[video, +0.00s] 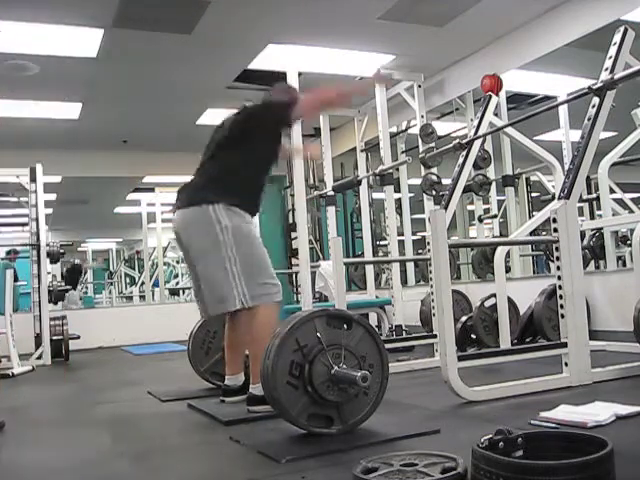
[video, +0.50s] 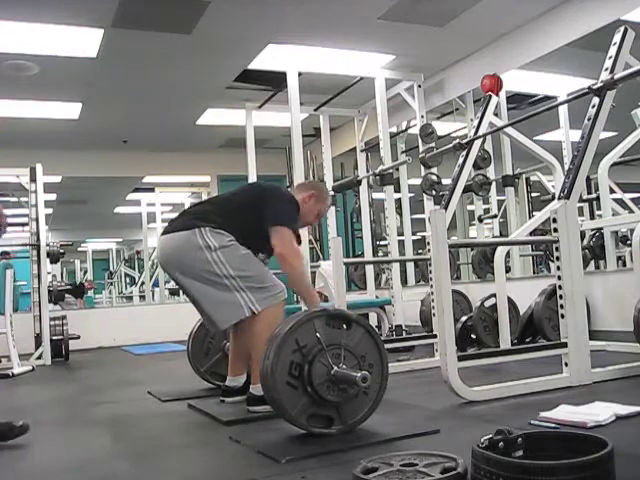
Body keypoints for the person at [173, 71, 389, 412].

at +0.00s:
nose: (298, 115)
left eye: (295, 107)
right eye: (297, 107)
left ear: (267, 100)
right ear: (287, 101)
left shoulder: (237, 123)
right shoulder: (267, 112)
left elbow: (271, 151)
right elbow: (324, 99)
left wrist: (304, 152)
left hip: (189, 213)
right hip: (217, 208)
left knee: (238, 302)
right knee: (266, 295)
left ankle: (233, 382)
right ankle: (259, 389)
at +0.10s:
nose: (308, 156)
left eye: (309, 151)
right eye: (308, 150)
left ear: (283, 136)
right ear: (296, 138)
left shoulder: (247, 153)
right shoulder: (278, 151)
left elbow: (274, 214)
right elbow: (332, 169)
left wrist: (296, 241)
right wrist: (375, 181)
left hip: (176, 226)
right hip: (207, 223)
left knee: (241, 305)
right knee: (269, 296)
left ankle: (233, 382)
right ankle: (258, 390)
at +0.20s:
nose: (308, 193)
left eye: (311, 188)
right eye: (310, 187)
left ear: (290, 169)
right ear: (301, 176)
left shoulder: (254, 181)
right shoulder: (281, 181)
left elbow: (254, 245)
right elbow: (319, 225)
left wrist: (265, 287)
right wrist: (360, 258)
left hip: (172, 239)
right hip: (200, 234)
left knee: (244, 308)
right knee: (271, 296)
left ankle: (234, 383)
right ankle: (259, 391)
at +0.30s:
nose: (311, 222)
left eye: (314, 218)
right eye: (314, 214)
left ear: (296, 195)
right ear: (307, 201)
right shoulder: (281, 201)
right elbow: (308, 255)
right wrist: (344, 304)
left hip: (170, 244)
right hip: (197, 240)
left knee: (246, 306)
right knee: (271, 297)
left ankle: (233, 383)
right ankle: (259, 391)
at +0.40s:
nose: (310, 228)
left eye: (315, 223)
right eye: (315, 220)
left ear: (301, 203)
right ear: (308, 207)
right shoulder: (282, 204)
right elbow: (300, 262)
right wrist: (333, 312)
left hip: (171, 244)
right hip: (197, 239)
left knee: (250, 305)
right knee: (272, 296)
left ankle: (235, 383)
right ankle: (260, 391)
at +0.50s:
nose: (313, 223)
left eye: (318, 220)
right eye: (318, 216)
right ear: (308, 199)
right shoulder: (281, 199)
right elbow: (284, 250)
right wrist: (314, 305)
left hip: (172, 241)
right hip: (199, 236)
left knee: (248, 306)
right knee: (272, 297)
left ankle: (234, 385)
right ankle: (259, 391)